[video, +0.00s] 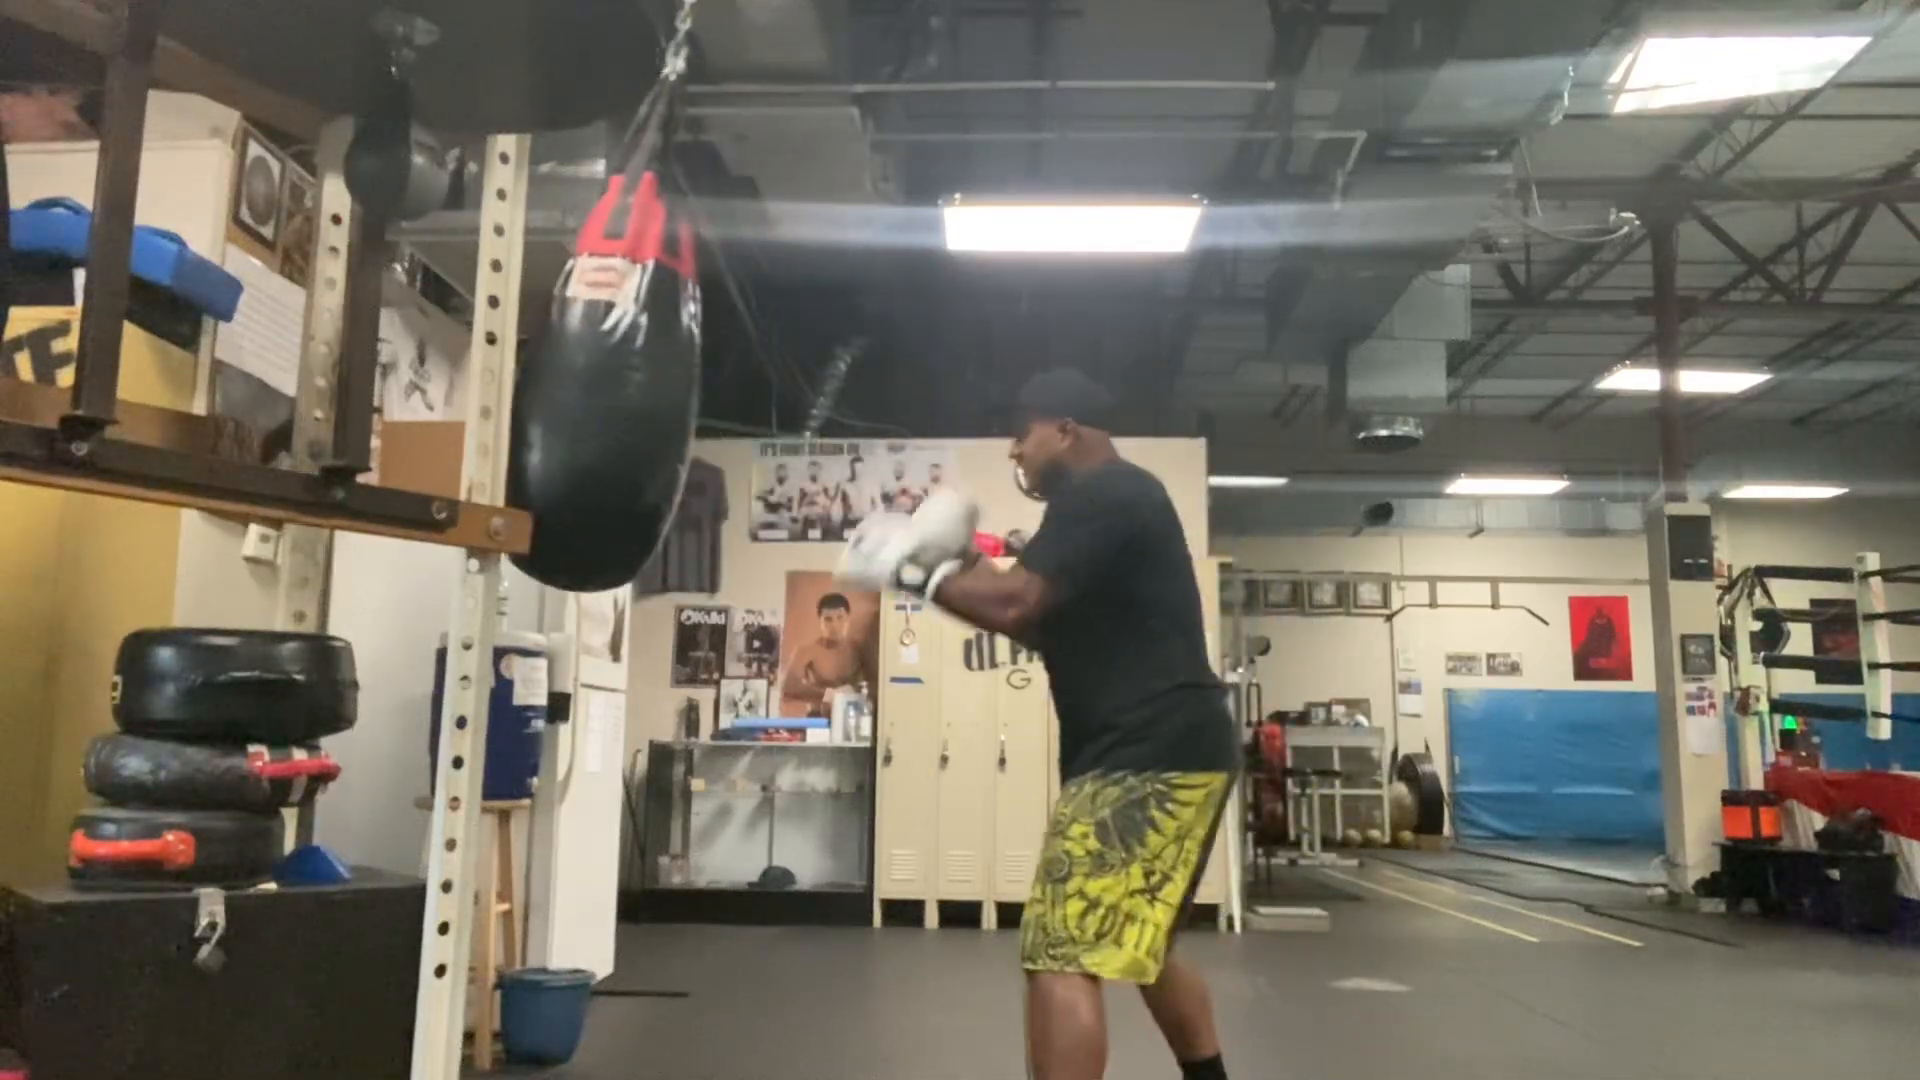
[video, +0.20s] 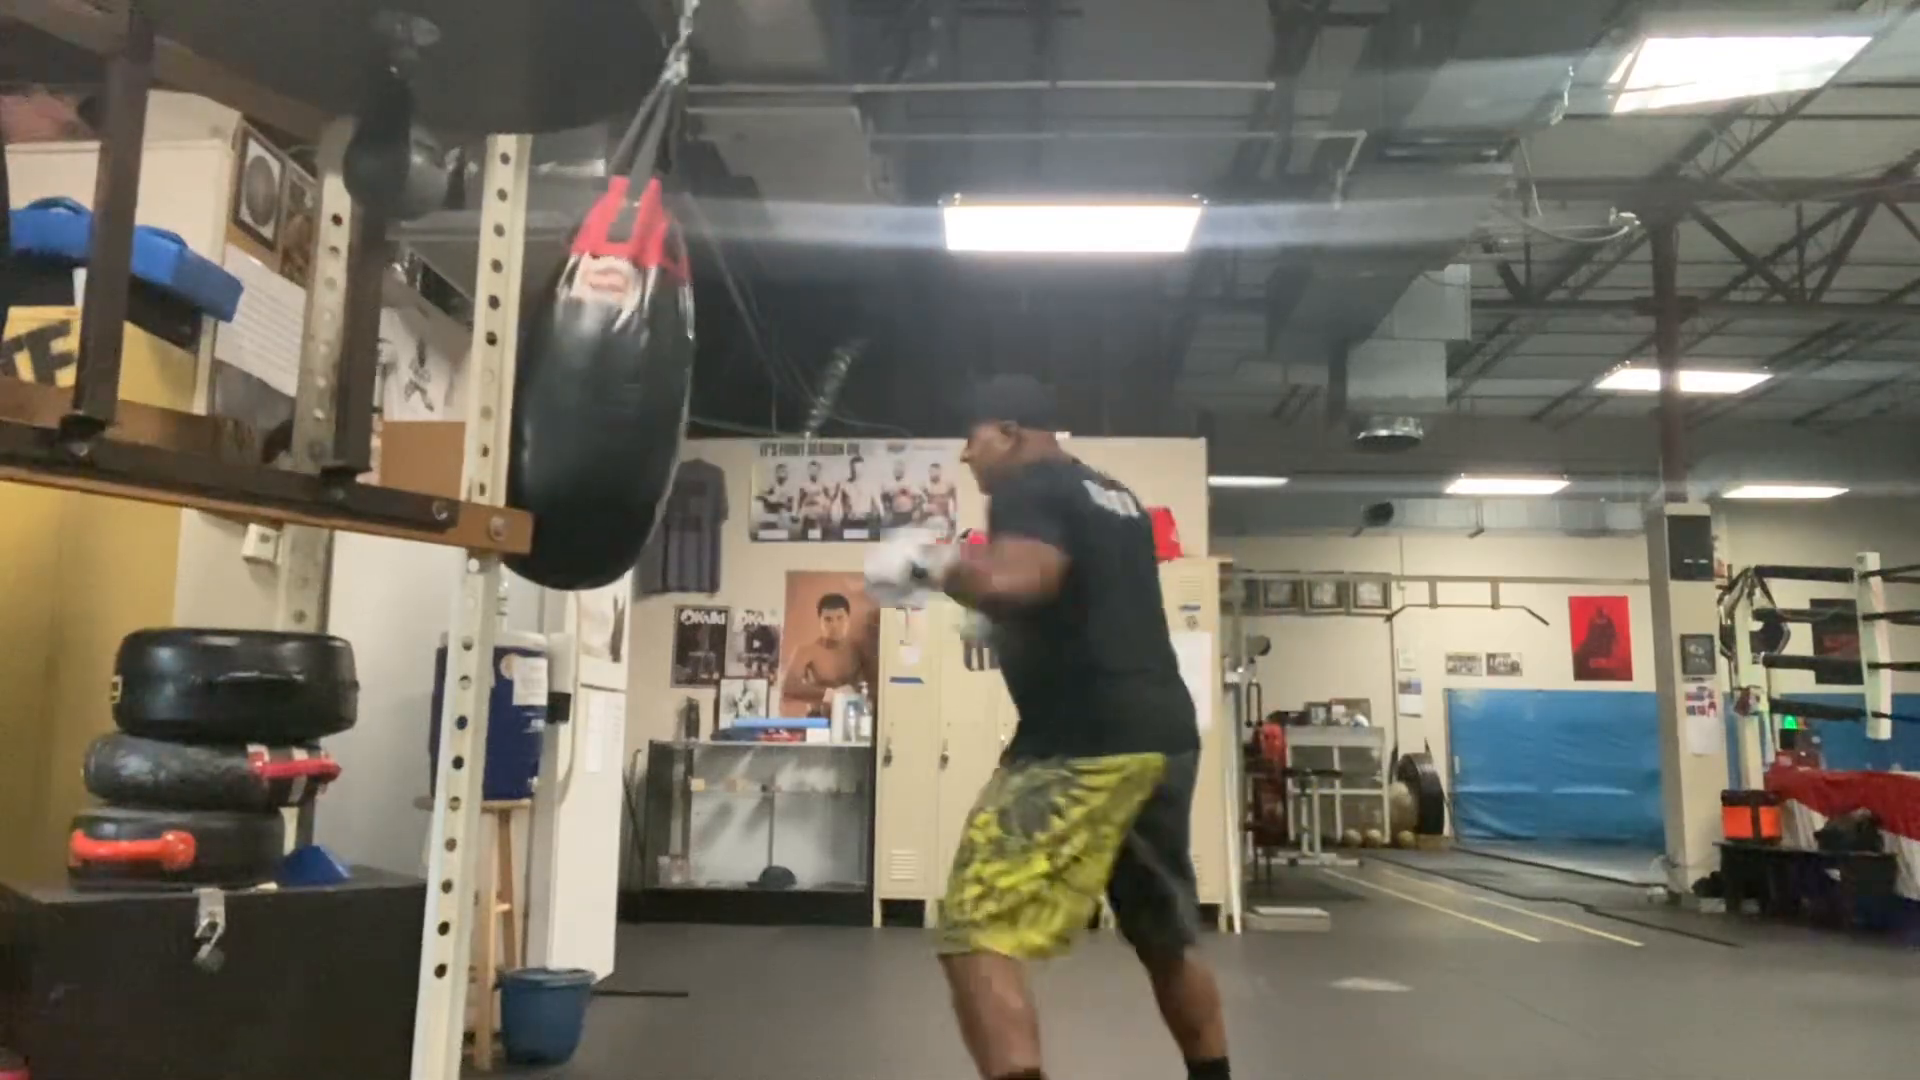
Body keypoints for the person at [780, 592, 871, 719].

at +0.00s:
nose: (835, 625)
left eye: (840, 618)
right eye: (828, 619)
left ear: (848, 619)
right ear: (819, 621)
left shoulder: (857, 652)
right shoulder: (806, 652)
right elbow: (789, 687)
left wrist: (817, 687)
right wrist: (826, 695)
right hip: (819, 718)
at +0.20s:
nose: (834, 625)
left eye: (840, 618)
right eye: (828, 619)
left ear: (848, 620)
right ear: (819, 621)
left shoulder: (857, 653)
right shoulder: (806, 652)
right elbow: (789, 688)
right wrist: (827, 694)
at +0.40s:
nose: (835, 625)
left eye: (840, 618)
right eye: (828, 619)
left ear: (848, 620)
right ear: (820, 621)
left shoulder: (856, 653)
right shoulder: (806, 652)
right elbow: (789, 688)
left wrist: (816, 687)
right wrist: (828, 694)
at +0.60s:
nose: (834, 625)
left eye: (840, 618)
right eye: (828, 619)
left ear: (848, 620)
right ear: (819, 621)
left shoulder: (855, 653)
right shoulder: (806, 652)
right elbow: (789, 688)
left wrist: (817, 686)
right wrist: (827, 694)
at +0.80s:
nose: (834, 625)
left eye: (840, 618)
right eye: (828, 619)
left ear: (848, 620)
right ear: (819, 621)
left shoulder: (856, 652)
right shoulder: (806, 652)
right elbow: (790, 687)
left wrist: (817, 686)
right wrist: (827, 694)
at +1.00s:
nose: (834, 625)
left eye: (840, 618)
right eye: (828, 619)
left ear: (848, 620)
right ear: (819, 621)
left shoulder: (855, 653)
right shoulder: (806, 652)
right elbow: (790, 688)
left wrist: (817, 685)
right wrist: (827, 694)